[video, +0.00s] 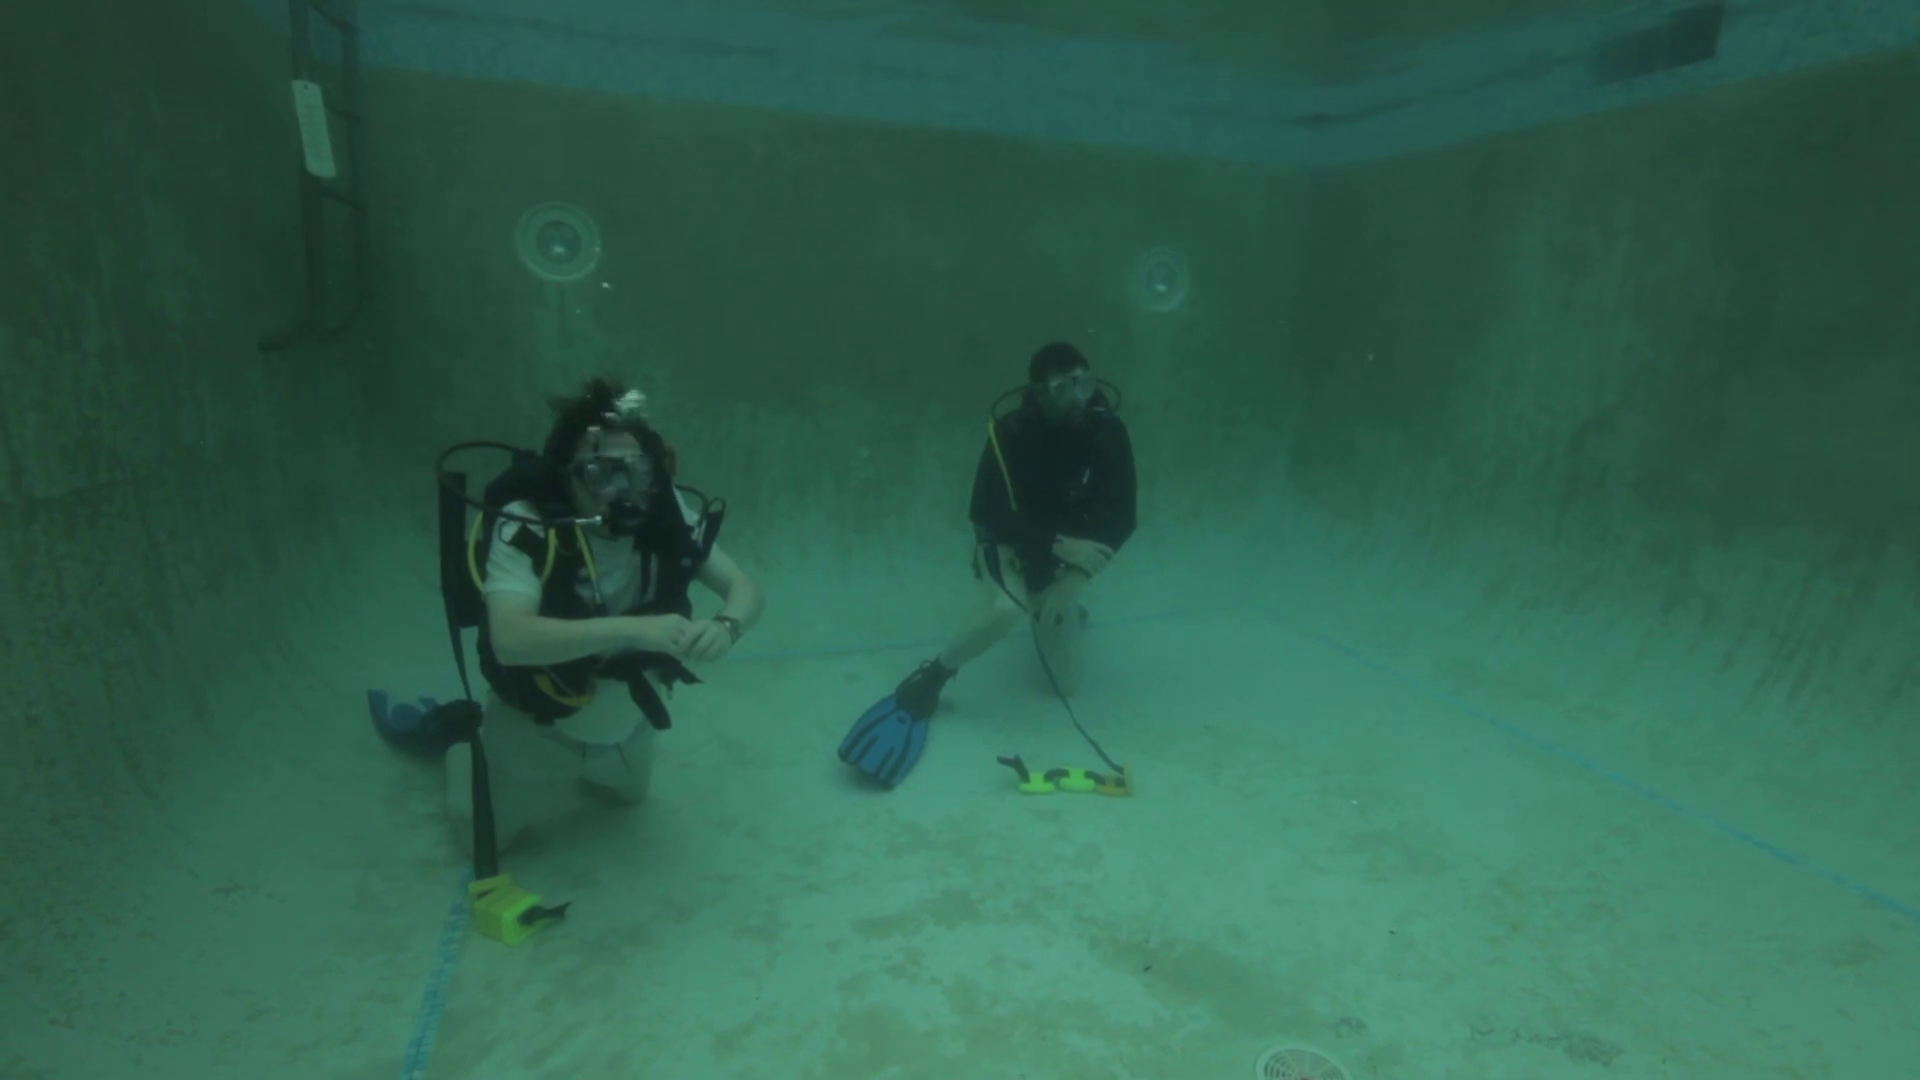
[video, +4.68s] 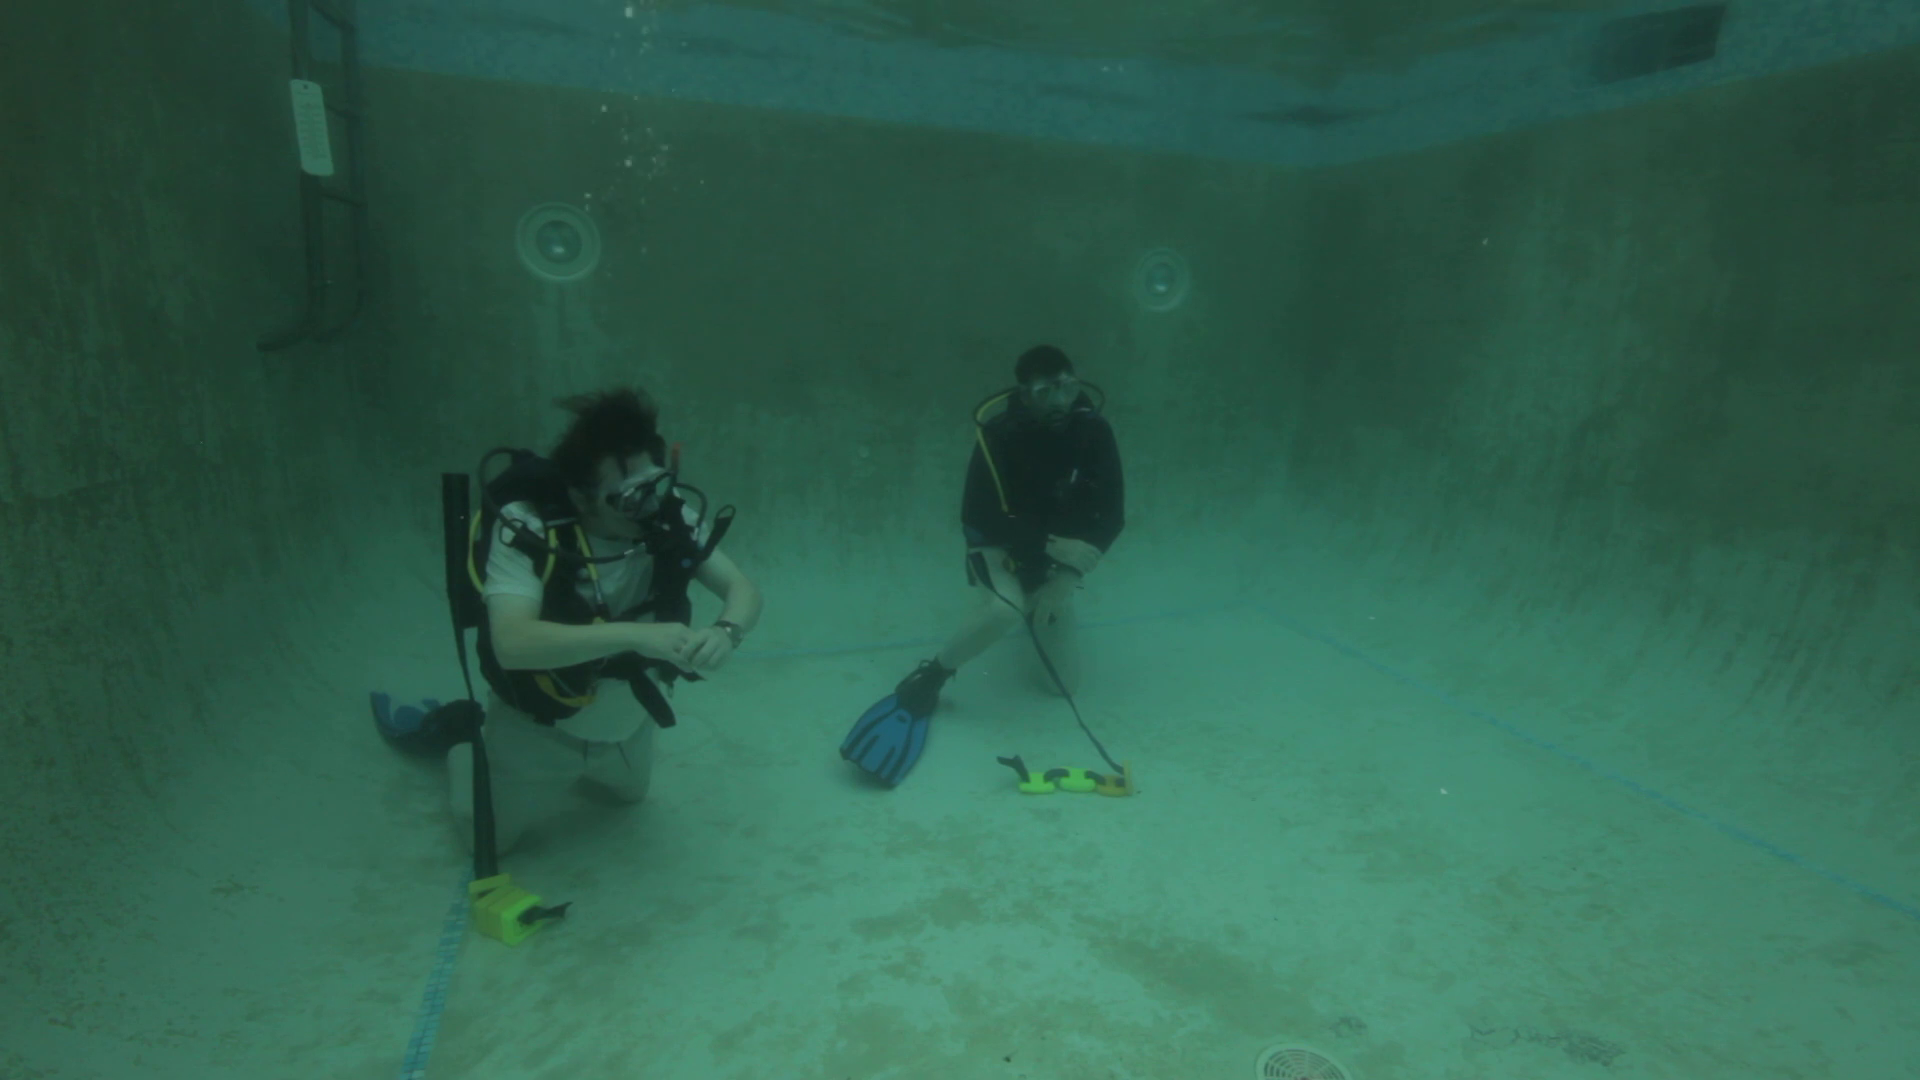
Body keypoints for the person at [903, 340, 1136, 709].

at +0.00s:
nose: (1075, 396)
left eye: (1082, 383)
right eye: (1062, 387)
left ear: (1092, 384)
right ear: (1038, 392)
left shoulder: (1106, 431)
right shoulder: (1012, 430)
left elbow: (1121, 519)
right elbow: (986, 512)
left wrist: (1071, 584)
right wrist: (1055, 542)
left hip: (1073, 550)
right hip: (1011, 542)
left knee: (1066, 682)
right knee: (1007, 610)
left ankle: (1068, 614)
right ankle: (933, 675)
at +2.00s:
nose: (1079, 397)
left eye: (1085, 385)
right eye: (1065, 388)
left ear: (1095, 386)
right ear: (1041, 394)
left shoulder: (1108, 433)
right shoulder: (1015, 431)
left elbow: (1120, 519)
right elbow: (985, 511)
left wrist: (1074, 576)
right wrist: (1047, 546)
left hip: (1075, 549)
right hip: (1012, 543)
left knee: (1066, 682)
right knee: (1008, 611)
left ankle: (1044, 613)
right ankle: (933, 675)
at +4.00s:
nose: (1062, 398)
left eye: (1069, 386)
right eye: (1050, 388)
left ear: (1081, 386)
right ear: (1029, 390)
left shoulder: (1098, 429)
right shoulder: (1004, 428)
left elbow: (1114, 514)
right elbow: (983, 515)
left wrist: (1069, 578)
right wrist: (1054, 544)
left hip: (1064, 548)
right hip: (1004, 542)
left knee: (1065, 681)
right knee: (1007, 610)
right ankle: (929, 679)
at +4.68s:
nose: (1060, 398)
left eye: (1066, 387)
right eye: (1049, 389)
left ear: (1075, 385)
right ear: (1026, 391)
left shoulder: (1093, 429)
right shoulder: (1000, 429)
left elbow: (1110, 513)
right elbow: (980, 514)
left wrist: (1066, 579)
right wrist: (1052, 546)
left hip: (1061, 550)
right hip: (1001, 542)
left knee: (1063, 680)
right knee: (1005, 608)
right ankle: (930, 678)